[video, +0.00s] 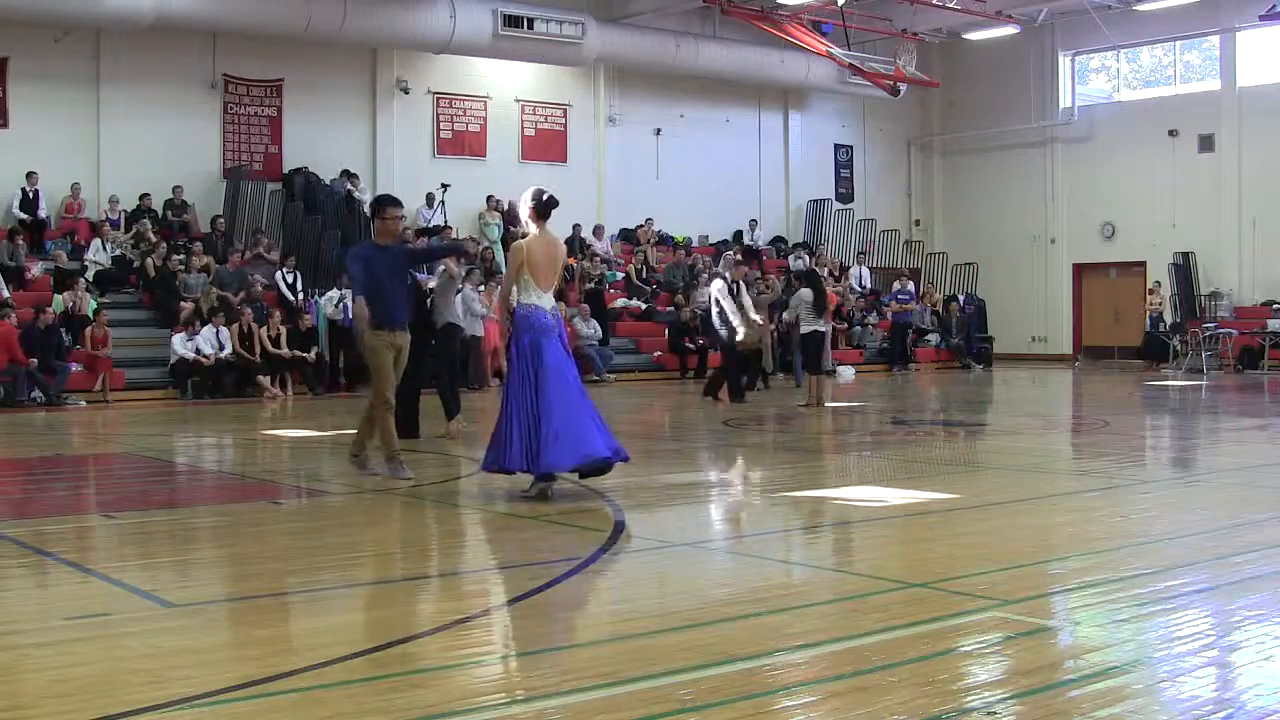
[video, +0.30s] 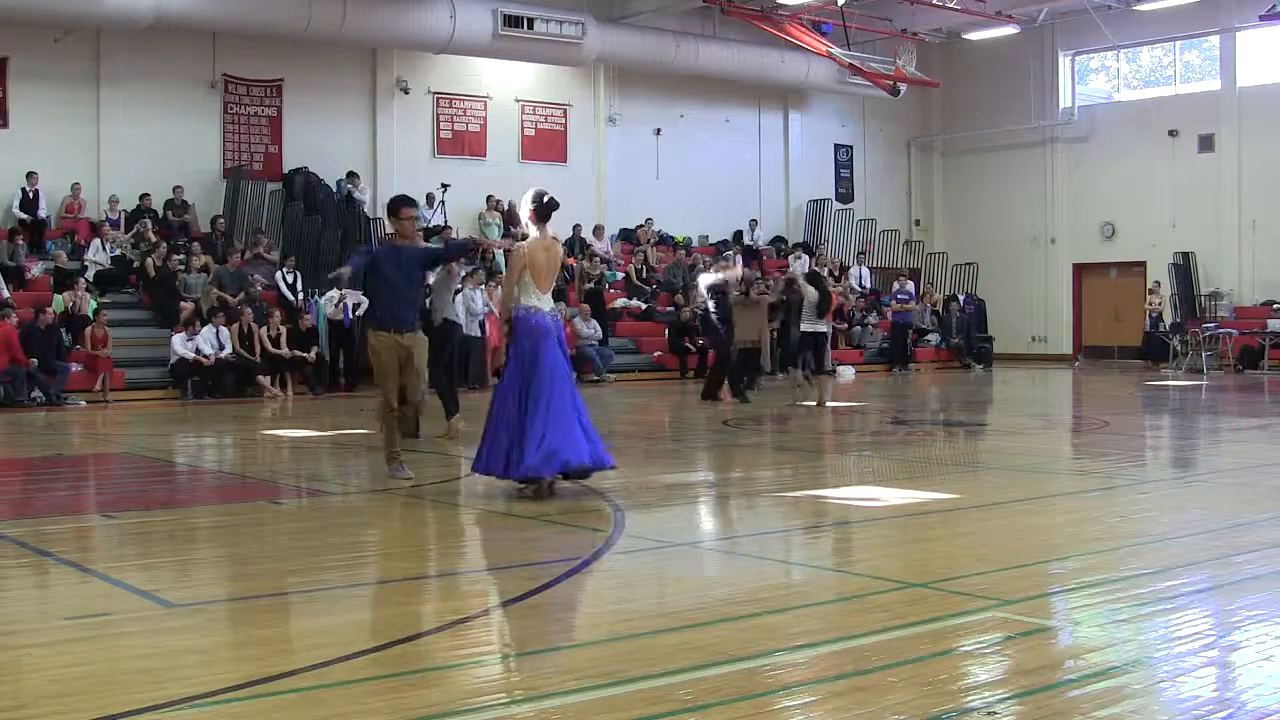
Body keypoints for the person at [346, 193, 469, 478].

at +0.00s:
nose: (400, 225)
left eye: (401, 219)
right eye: (394, 219)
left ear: (400, 220)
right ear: (378, 220)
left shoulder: (401, 252)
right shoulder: (360, 252)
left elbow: (429, 252)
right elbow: (357, 277)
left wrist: (459, 246)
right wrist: (359, 298)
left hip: (402, 334)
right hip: (376, 334)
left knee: (383, 396)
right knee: (385, 397)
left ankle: (357, 450)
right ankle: (393, 458)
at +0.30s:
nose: (415, 225)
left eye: (416, 219)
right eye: (409, 220)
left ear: (415, 220)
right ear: (393, 222)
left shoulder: (420, 253)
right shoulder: (375, 252)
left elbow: (445, 253)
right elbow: (355, 265)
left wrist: (472, 243)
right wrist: (347, 274)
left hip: (414, 337)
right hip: (383, 337)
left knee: (414, 398)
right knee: (390, 402)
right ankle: (394, 459)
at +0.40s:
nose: (417, 224)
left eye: (420, 219)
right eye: (411, 219)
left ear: (422, 220)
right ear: (397, 221)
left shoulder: (424, 253)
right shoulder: (380, 251)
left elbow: (453, 253)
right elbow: (356, 261)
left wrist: (480, 247)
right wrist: (364, 263)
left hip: (418, 336)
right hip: (385, 337)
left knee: (429, 396)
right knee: (392, 401)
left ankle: (423, 458)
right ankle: (395, 459)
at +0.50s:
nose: (420, 225)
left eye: (424, 219)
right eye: (414, 219)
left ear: (427, 221)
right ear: (401, 221)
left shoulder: (430, 254)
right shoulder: (383, 251)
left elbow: (461, 254)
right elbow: (368, 257)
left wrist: (496, 251)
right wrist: (384, 262)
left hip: (423, 336)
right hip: (391, 337)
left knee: (438, 397)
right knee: (393, 401)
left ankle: (449, 463)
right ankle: (395, 460)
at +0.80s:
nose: (433, 222)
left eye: (438, 217)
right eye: (428, 216)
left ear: (447, 219)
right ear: (420, 218)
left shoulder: (454, 252)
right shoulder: (408, 252)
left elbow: (492, 255)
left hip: (455, 337)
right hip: (422, 337)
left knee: (458, 400)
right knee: (415, 399)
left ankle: (458, 462)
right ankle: (400, 457)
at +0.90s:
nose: (438, 221)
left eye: (443, 216)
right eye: (433, 215)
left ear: (453, 219)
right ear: (427, 217)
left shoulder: (461, 252)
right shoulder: (419, 252)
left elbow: (492, 254)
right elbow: (414, 270)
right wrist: (423, 287)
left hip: (464, 333)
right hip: (432, 334)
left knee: (465, 397)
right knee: (429, 400)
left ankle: (462, 456)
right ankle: (408, 456)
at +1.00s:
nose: (443, 221)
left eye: (449, 215)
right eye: (438, 215)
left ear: (459, 217)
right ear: (432, 217)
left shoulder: (471, 249)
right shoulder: (422, 252)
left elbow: (500, 258)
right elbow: (418, 294)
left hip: (469, 332)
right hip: (440, 332)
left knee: (470, 396)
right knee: (447, 395)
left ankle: (464, 455)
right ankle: (426, 448)